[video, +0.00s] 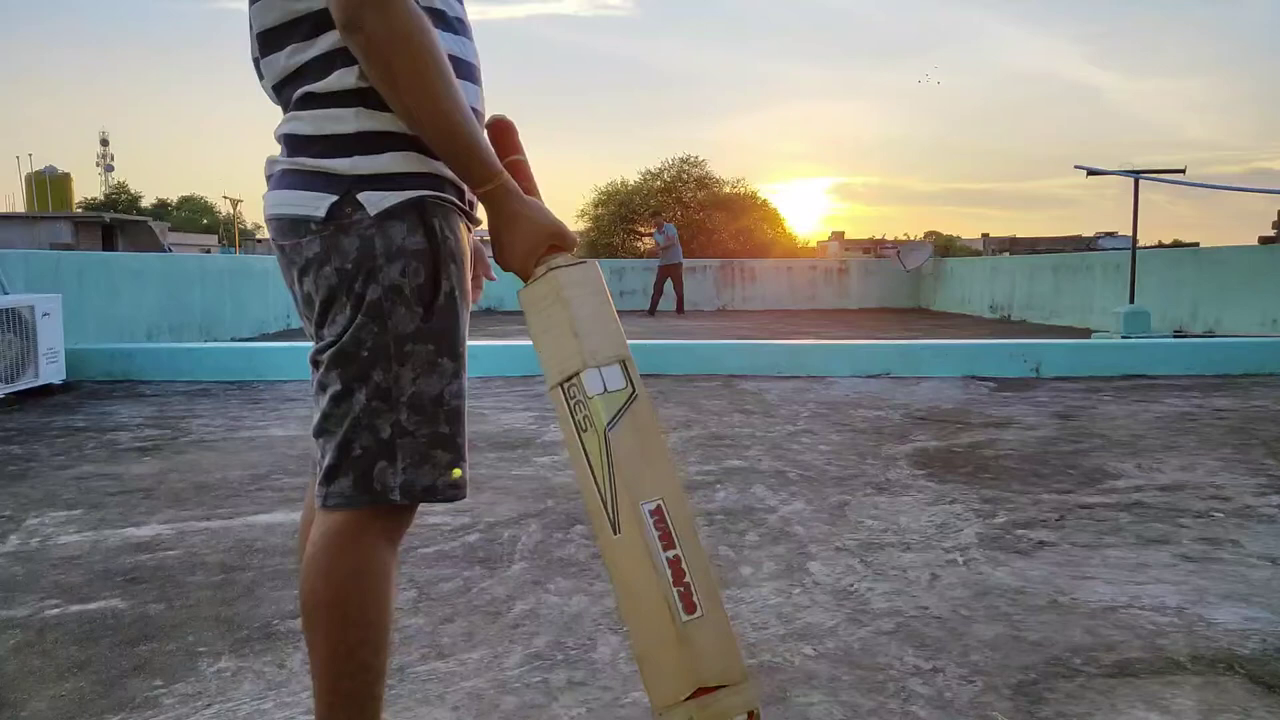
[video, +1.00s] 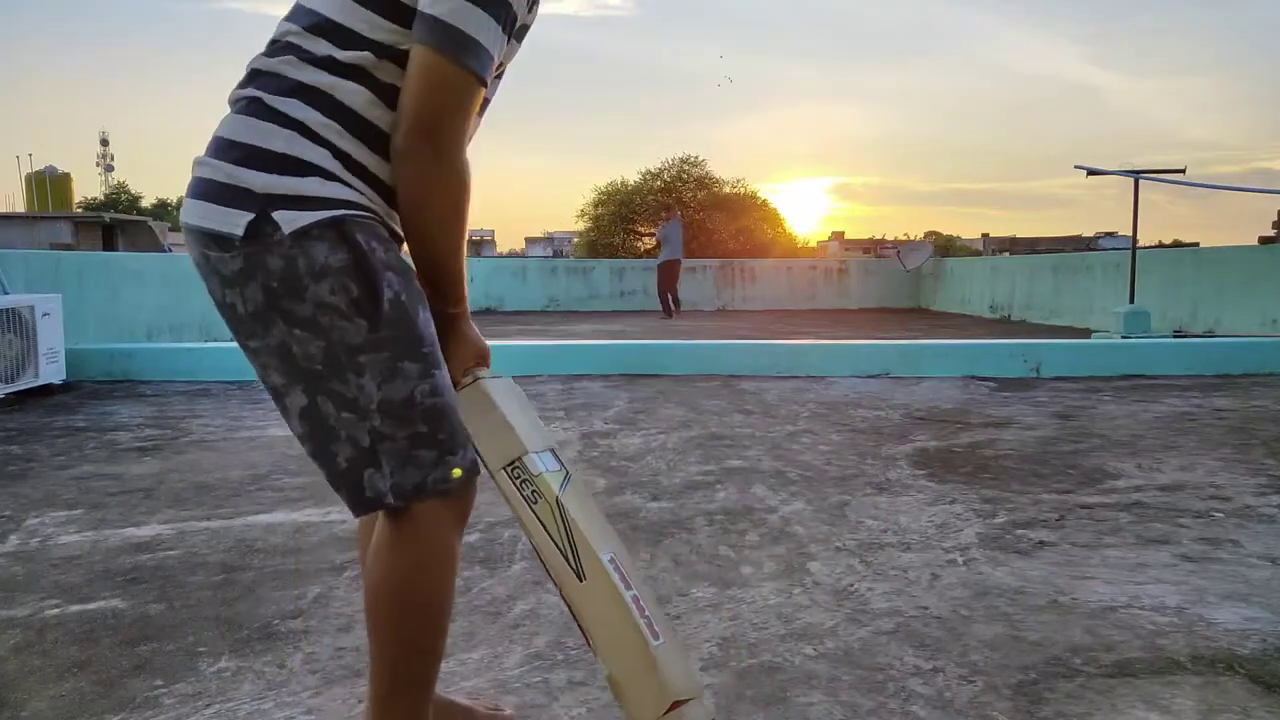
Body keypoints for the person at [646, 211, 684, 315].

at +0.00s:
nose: (655, 222)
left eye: (657, 219)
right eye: (653, 220)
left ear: (662, 218)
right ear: (653, 221)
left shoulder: (670, 227)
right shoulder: (656, 234)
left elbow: (673, 241)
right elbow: (658, 247)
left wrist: (660, 248)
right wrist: (654, 251)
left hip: (675, 261)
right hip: (664, 262)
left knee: (678, 289)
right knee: (658, 288)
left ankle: (680, 310)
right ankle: (651, 311)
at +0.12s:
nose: (664, 218)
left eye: (665, 215)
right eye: (662, 216)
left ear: (670, 216)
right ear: (660, 218)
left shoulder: (676, 227)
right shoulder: (659, 231)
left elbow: (677, 239)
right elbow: (643, 235)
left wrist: (662, 243)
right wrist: (630, 230)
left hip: (677, 261)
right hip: (665, 262)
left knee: (679, 289)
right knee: (660, 288)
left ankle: (680, 310)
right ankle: (653, 310)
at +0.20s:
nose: (668, 217)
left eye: (670, 215)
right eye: (666, 215)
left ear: (674, 216)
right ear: (664, 217)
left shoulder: (680, 226)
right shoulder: (662, 229)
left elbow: (681, 237)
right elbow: (657, 242)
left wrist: (666, 238)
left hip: (679, 260)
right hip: (666, 260)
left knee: (680, 288)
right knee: (660, 287)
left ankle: (680, 310)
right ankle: (657, 309)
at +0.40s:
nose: (675, 214)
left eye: (677, 211)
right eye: (672, 212)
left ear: (680, 213)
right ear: (669, 213)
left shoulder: (684, 224)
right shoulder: (666, 225)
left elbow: (685, 228)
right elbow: (654, 232)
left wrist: (676, 221)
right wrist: (657, 220)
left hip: (681, 259)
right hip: (668, 259)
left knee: (681, 288)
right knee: (665, 287)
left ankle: (681, 309)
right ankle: (662, 309)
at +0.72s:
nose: (671, 218)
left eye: (673, 215)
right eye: (669, 216)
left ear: (678, 216)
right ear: (667, 218)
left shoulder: (683, 226)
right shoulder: (665, 227)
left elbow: (683, 217)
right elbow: (651, 228)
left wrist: (666, 215)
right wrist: (659, 219)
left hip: (681, 258)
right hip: (668, 259)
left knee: (681, 288)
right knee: (667, 288)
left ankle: (681, 311)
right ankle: (669, 312)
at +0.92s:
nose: (663, 215)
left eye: (664, 213)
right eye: (663, 213)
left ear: (667, 214)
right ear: (674, 214)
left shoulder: (663, 226)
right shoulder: (679, 223)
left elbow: (652, 233)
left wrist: (637, 233)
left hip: (665, 258)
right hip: (678, 257)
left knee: (664, 287)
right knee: (677, 285)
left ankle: (668, 312)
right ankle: (681, 308)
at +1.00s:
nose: (664, 215)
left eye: (666, 212)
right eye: (664, 212)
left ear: (667, 213)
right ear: (674, 213)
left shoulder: (665, 227)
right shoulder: (677, 224)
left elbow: (658, 240)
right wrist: (641, 235)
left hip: (665, 258)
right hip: (676, 257)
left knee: (662, 288)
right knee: (672, 285)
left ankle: (667, 312)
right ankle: (677, 308)